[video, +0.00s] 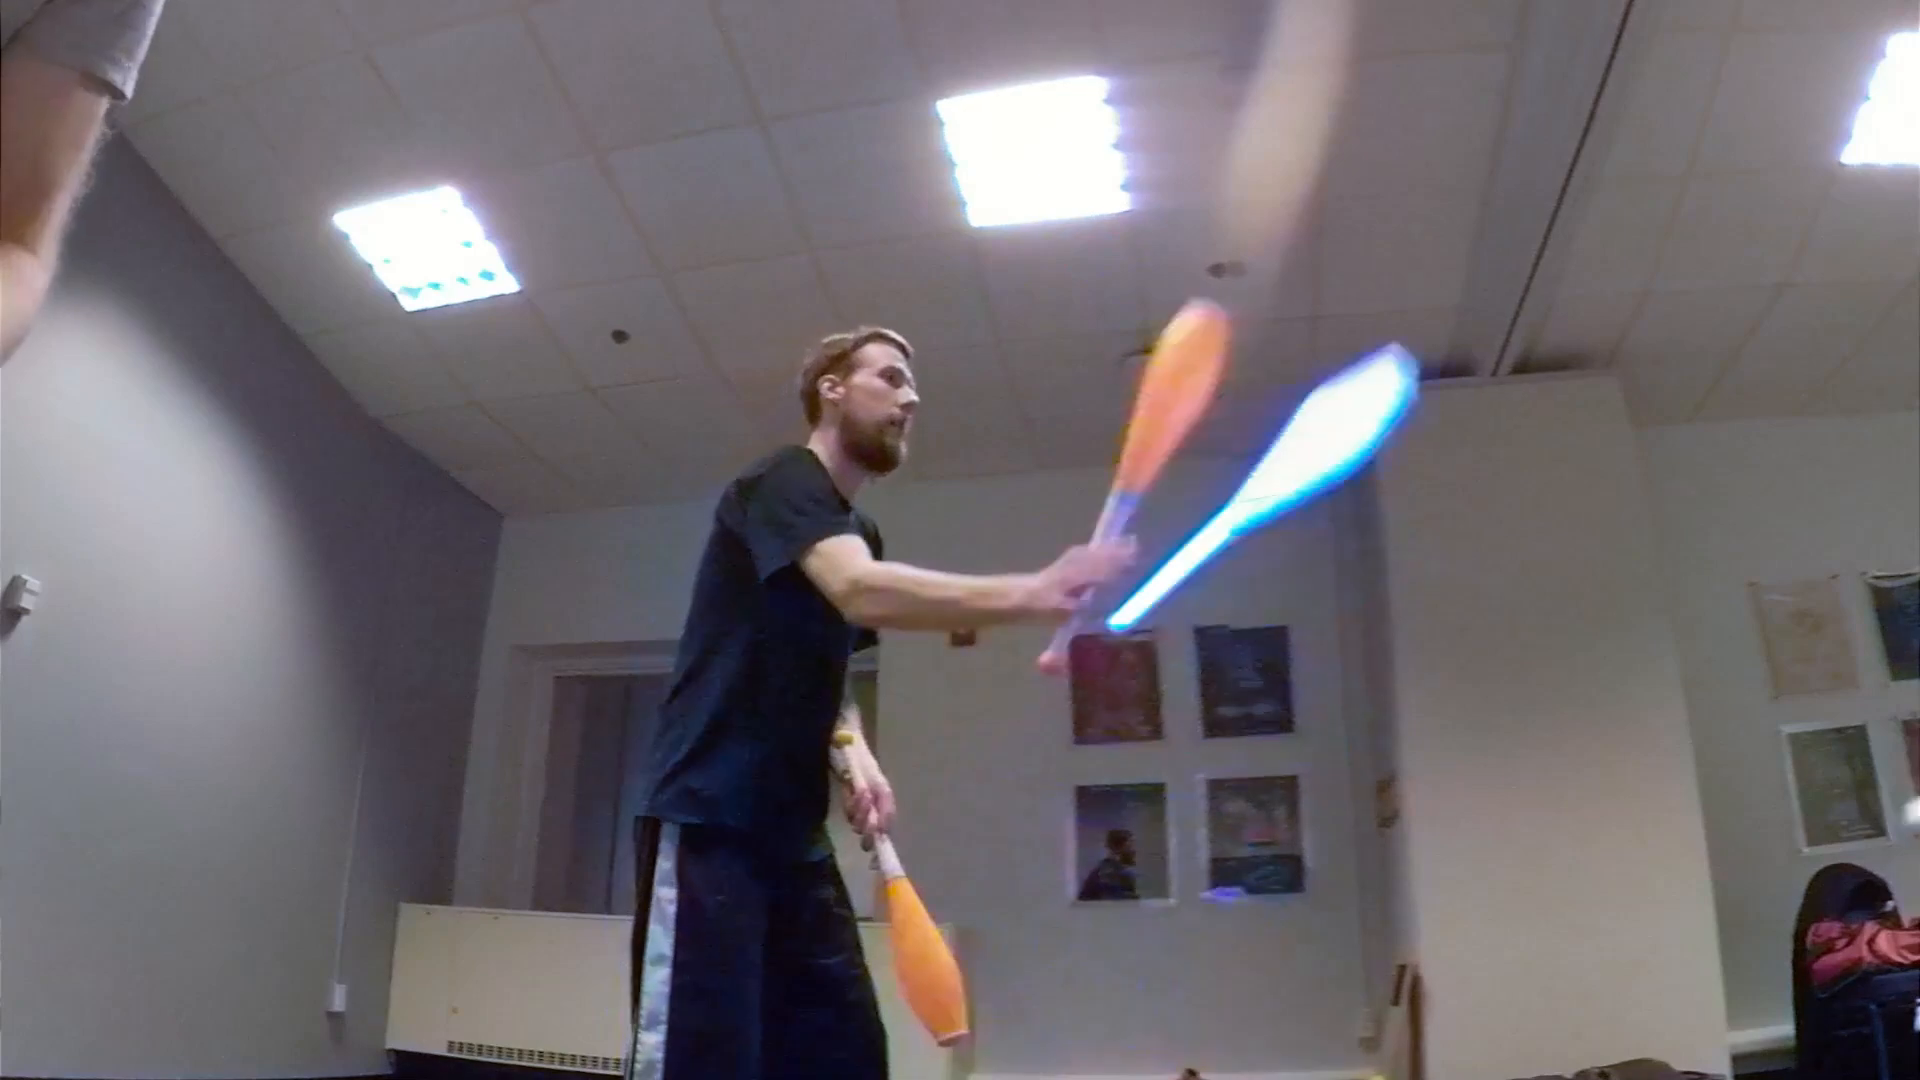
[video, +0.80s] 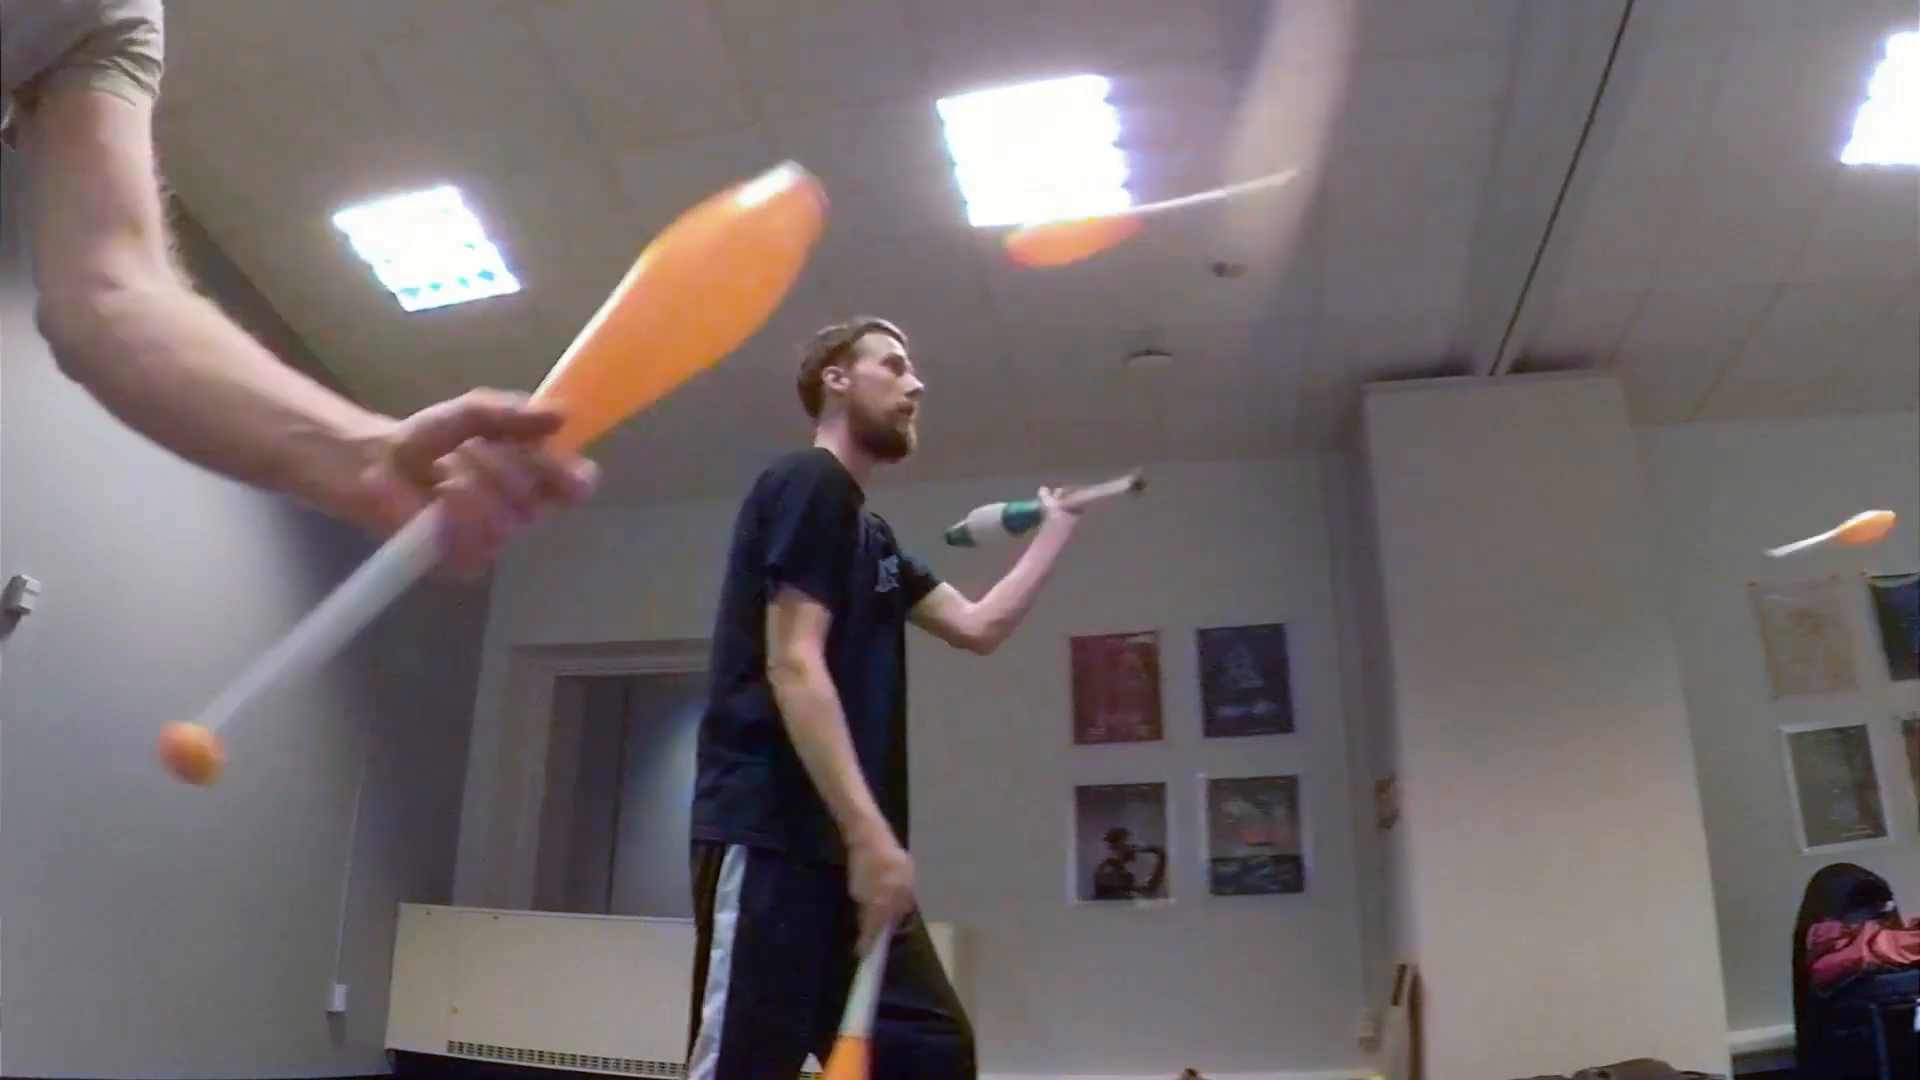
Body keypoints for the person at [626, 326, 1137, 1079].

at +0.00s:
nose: (910, 396)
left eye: (912, 386)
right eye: (889, 377)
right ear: (830, 391)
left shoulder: (848, 536)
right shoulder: (781, 481)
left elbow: (817, 678)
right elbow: (857, 588)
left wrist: (855, 758)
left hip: (788, 829)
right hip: (704, 821)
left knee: (842, 1050)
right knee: (698, 1055)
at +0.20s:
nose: (909, 385)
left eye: (911, 375)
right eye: (888, 363)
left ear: (904, 409)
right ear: (828, 376)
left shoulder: (868, 537)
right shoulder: (776, 453)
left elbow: (855, 679)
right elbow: (820, 555)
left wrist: (883, 740)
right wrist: (995, 535)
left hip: (809, 832)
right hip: (711, 821)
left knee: (843, 1056)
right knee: (691, 1057)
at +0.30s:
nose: (899, 375)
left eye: (900, 366)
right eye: (876, 356)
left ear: (897, 403)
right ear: (817, 374)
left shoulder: (873, 531)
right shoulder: (755, 450)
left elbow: (864, 671)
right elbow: (739, 585)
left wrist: (902, 715)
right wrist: (901, 592)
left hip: (814, 830)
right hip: (709, 818)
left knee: (851, 1052)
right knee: (686, 1055)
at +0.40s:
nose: (889, 367)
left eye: (890, 357)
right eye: (866, 350)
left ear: (885, 388)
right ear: (806, 369)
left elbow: (865, 674)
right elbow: (669, 607)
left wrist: (925, 659)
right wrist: (818, 657)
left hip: (816, 838)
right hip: (703, 827)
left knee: (875, 1049)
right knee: (681, 1058)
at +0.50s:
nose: (885, 367)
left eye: (884, 357)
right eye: (862, 348)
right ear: (802, 365)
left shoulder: (867, 524)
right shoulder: (731, 463)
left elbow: (918, 644)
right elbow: (644, 614)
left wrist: (992, 558)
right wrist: (734, 712)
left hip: (822, 836)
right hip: (709, 825)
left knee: (883, 1046)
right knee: (694, 1056)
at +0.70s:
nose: (895, 381)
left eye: (894, 369)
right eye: (873, 361)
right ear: (813, 377)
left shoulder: (875, 532)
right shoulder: (762, 485)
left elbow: (988, 592)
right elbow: (717, 660)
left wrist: (1079, 472)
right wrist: (770, 827)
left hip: (842, 846)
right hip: (744, 841)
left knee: (918, 1053)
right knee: (711, 1065)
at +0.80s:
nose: (915, 384)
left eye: (913, 371)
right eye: (893, 365)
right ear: (835, 382)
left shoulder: (868, 533)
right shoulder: (809, 483)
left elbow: (977, 624)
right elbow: (792, 664)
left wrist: (1058, 521)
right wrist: (869, 835)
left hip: (846, 850)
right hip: (770, 841)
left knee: (934, 1050)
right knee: (742, 1064)